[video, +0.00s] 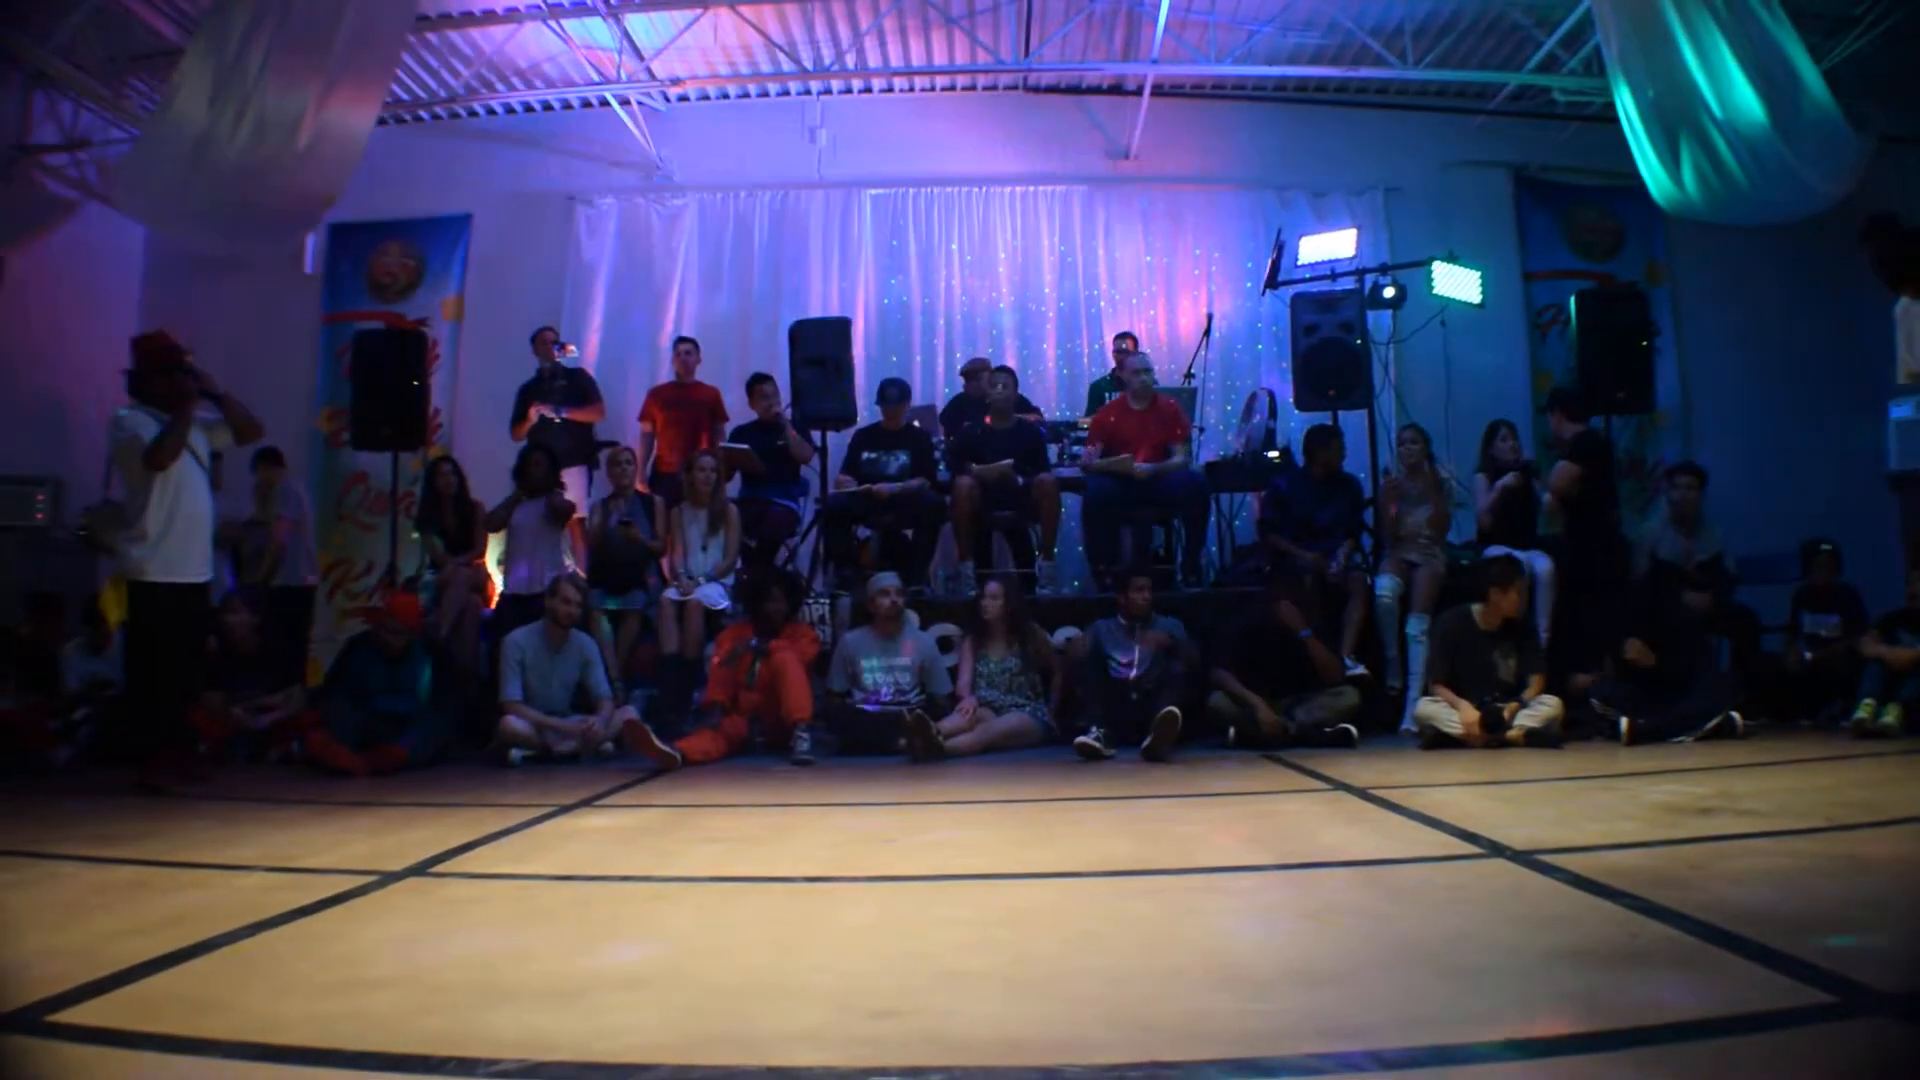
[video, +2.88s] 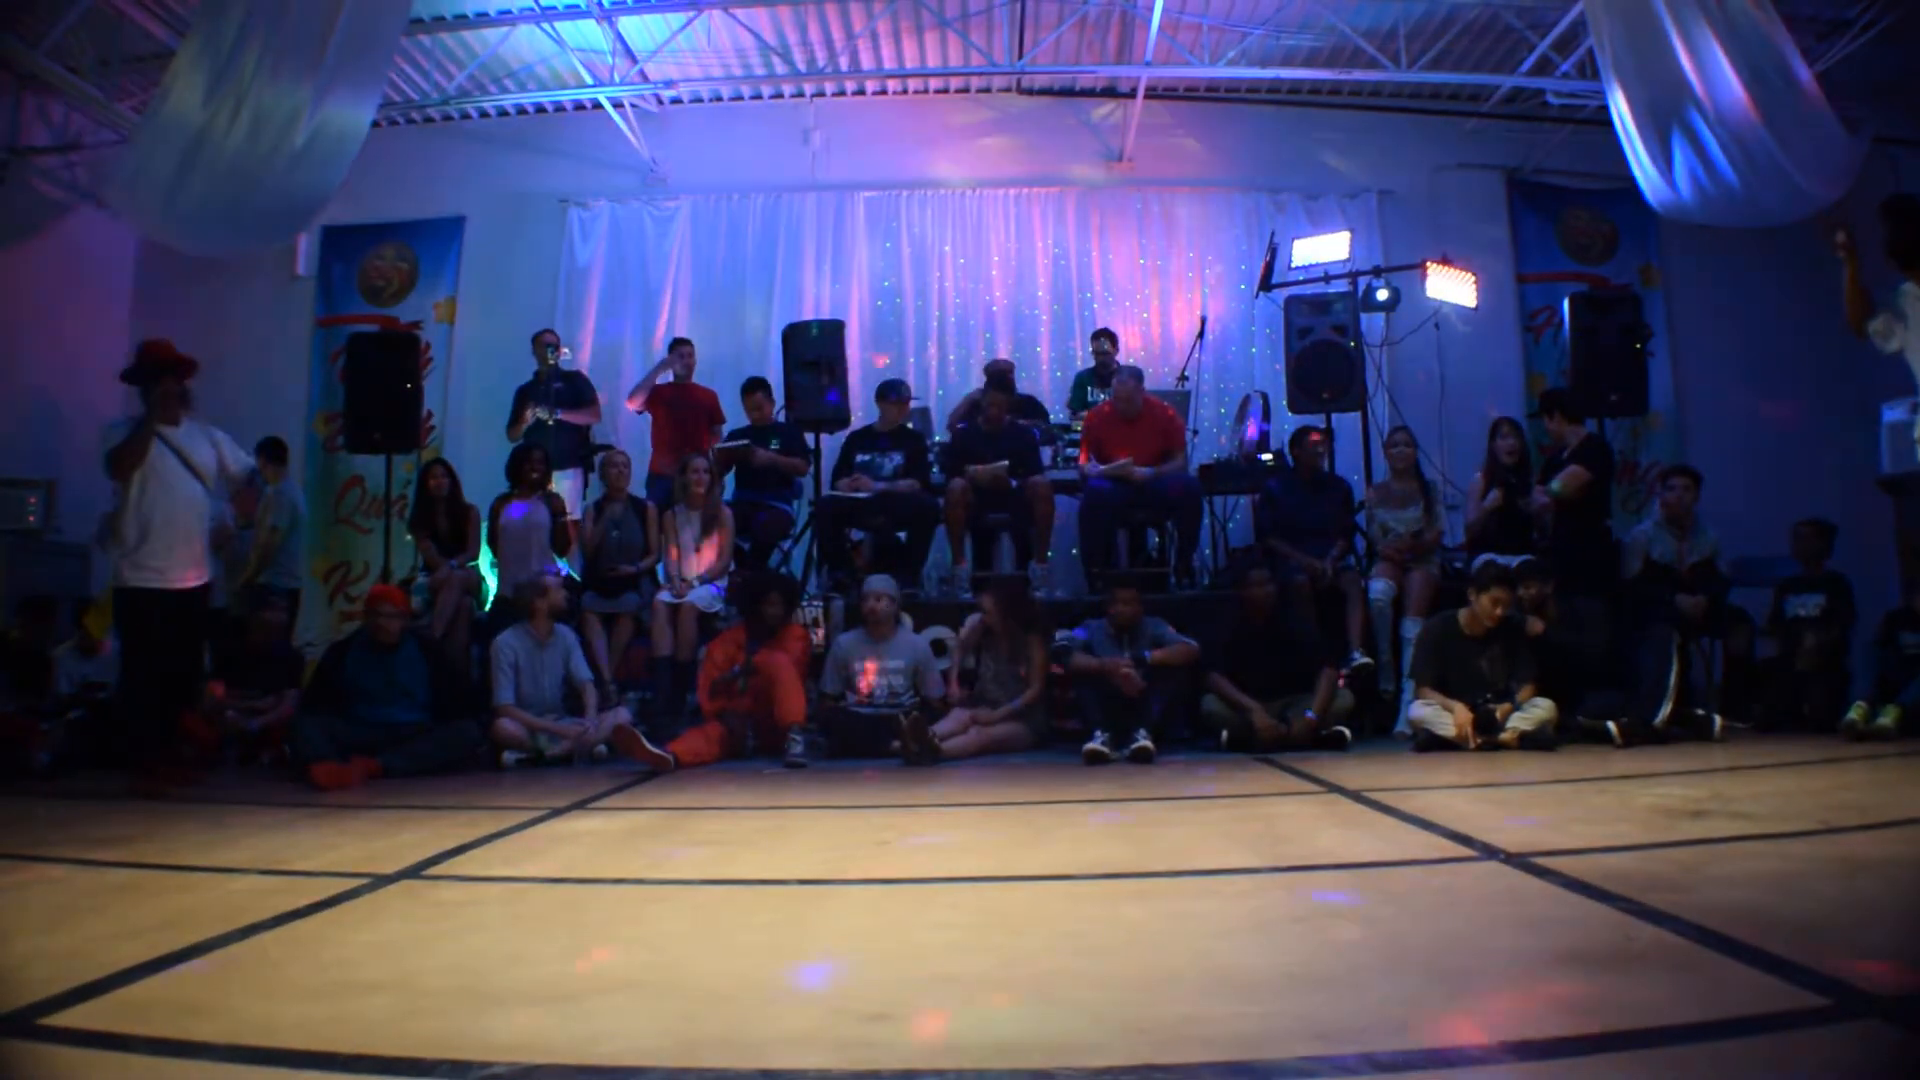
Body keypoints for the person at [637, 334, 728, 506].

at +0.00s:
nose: (682, 358)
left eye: (688, 353)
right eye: (678, 354)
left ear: (698, 359)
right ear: (673, 360)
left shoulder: (711, 394)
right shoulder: (657, 394)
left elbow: (719, 436)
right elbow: (646, 436)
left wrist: (718, 476)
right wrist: (640, 477)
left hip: (700, 477)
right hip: (665, 475)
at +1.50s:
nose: (689, 359)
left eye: (693, 354)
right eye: (683, 354)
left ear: (697, 359)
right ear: (672, 359)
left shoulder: (708, 396)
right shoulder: (655, 394)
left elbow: (717, 432)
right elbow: (642, 429)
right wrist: (648, 454)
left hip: (696, 475)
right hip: (662, 472)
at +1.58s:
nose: (690, 359)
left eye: (693, 354)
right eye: (684, 353)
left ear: (698, 359)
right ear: (673, 358)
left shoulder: (709, 396)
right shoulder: (656, 394)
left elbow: (717, 432)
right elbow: (639, 433)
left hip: (697, 477)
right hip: (662, 473)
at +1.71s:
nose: (689, 359)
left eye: (693, 354)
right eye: (683, 354)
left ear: (698, 359)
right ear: (673, 360)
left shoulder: (711, 396)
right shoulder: (661, 393)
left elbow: (719, 438)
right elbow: (633, 424)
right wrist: (649, 394)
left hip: (697, 478)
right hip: (663, 475)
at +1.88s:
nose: (687, 360)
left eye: (691, 354)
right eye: (681, 355)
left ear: (697, 359)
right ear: (672, 360)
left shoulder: (711, 395)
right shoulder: (659, 391)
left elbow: (719, 435)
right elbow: (632, 406)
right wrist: (659, 368)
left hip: (697, 478)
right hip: (663, 475)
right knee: (661, 533)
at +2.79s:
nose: (685, 361)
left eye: (689, 356)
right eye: (679, 356)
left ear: (695, 360)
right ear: (669, 361)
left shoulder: (708, 396)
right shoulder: (658, 392)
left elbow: (717, 436)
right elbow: (635, 401)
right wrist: (663, 364)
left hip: (697, 480)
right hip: (662, 477)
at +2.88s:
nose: (686, 361)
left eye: (690, 356)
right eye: (680, 356)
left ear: (695, 360)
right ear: (670, 361)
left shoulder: (708, 396)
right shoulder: (658, 392)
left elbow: (717, 435)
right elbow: (633, 403)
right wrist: (661, 367)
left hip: (697, 479)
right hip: (663, 476)